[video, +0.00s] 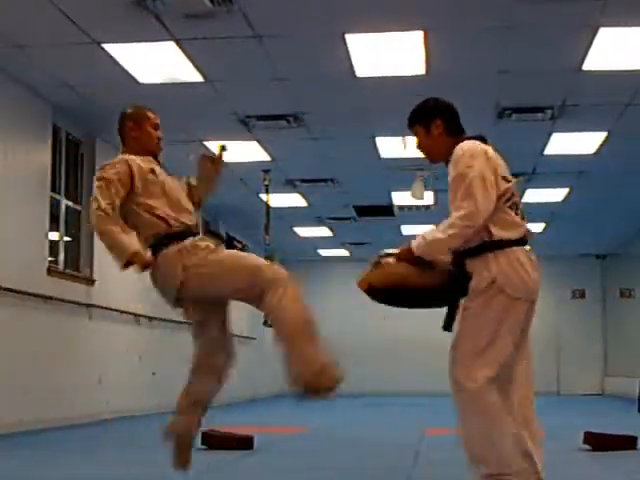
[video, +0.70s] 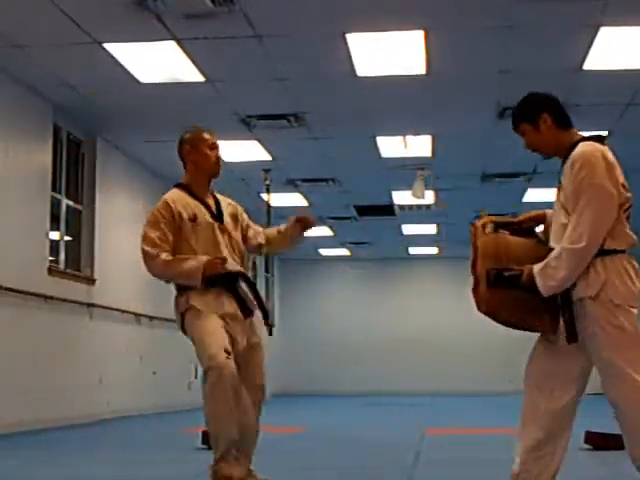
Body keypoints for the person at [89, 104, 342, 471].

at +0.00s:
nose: (160, 134)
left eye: (159, 128)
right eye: (153, 127)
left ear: (149, 133)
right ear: (130, 131)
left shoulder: (164, 177)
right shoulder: (122, 167)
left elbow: (192, 200)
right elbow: (101, 212)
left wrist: (206, 176)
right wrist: (132, 251)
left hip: (197, 258)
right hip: (178, 259)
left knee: (214, 353)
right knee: (272, 281)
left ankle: (185, 426)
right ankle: (310, 371)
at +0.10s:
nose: (173, 138)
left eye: (172, 132)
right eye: (166, 131)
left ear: (163, 134)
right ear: (144, 133)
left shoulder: (180, 174)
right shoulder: (132, 173)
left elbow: (189, 219)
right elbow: (140, 223)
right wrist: (198, 217)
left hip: (225, 255)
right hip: (192, 266)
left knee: (290, 285)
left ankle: (270, 358)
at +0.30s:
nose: (216, 164)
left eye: (216, 157)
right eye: (211, 156)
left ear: (195, 159)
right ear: (188, 156)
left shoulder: (204, 205)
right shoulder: (160, 200)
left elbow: (218, 254)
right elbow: (159, 246)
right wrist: (204, 211)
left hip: (252, 277)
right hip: (219, 301)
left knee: (326, 281)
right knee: (238, 390)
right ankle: (239, 472)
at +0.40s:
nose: (215, 156)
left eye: (215, 149)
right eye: (209, 148)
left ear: (197, 152)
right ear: (186, 150)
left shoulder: (209, 201)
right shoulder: (161, 194)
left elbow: (220, 246)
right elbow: (155, 247)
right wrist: (206, 222)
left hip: (253, 275)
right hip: (219, 292)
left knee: (319, 289)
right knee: (240, 385)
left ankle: (368, 371)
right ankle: (239, 471)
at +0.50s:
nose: (211, 146)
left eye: (211, 140)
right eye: (203, 139)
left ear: (204, 146)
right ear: (180, 143)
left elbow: (234, 245)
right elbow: (157, 248)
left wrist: (274, 276)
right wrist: (203, 256)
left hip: (255, 277)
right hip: (217, 287)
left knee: (306, 339)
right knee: (245, 368)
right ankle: (240, 470)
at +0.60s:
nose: (216, 153)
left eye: (215, 147)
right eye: (208, 147)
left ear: (207, 155)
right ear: (185, 154)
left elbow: (256, 244)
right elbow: (160, 265)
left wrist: (298, 249)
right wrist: (205, 268)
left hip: (254, 301)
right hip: (214, 305)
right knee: (241, 388)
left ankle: (248, 470)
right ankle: (238, 471)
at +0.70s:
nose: (219, 154)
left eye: (218, 148)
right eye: (211, 148)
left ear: (213, 156)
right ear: (188, 154)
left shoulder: (229, 208)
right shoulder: (171, 204)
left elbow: (261, 241)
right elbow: (155, 261)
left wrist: (293, 230)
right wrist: (200, 267)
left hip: (242, 301)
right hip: (201, 300)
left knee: (254, 388)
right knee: (220, 366)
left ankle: (243, 465)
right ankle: (227, 464)